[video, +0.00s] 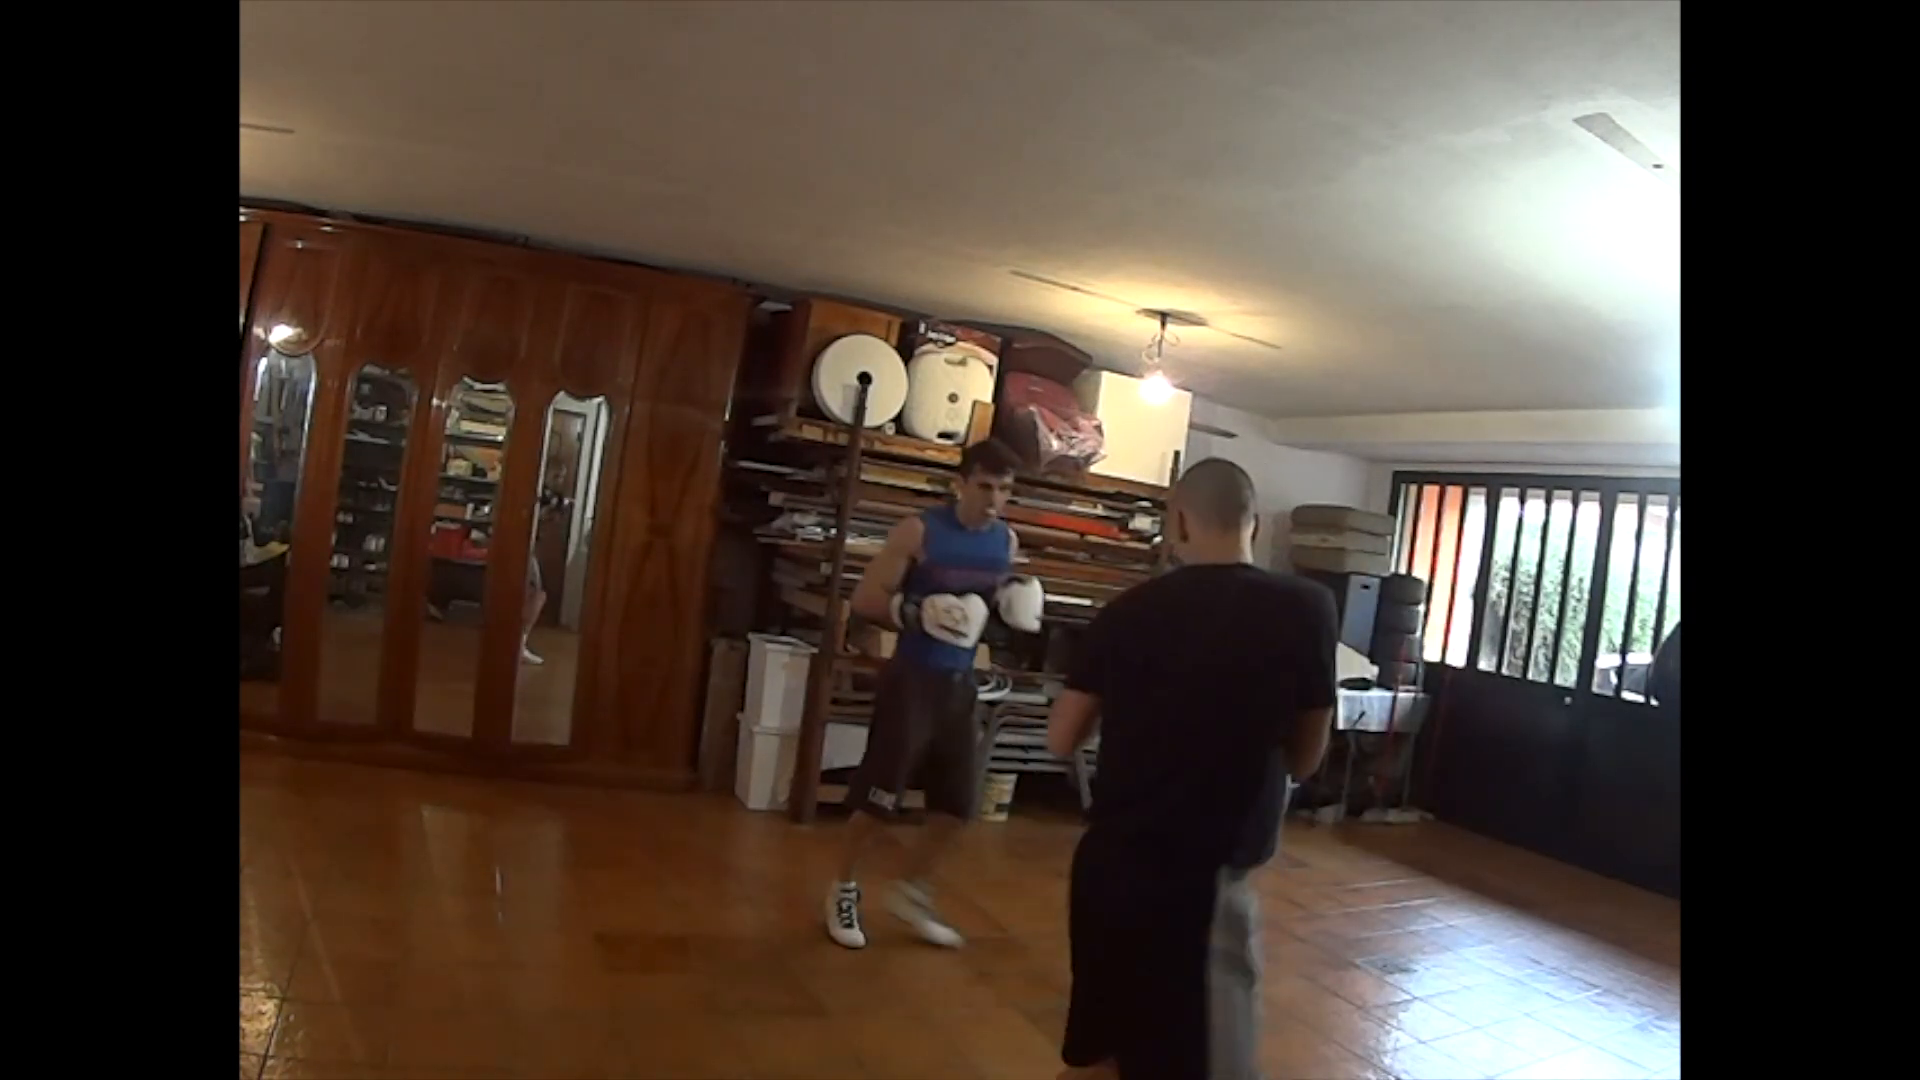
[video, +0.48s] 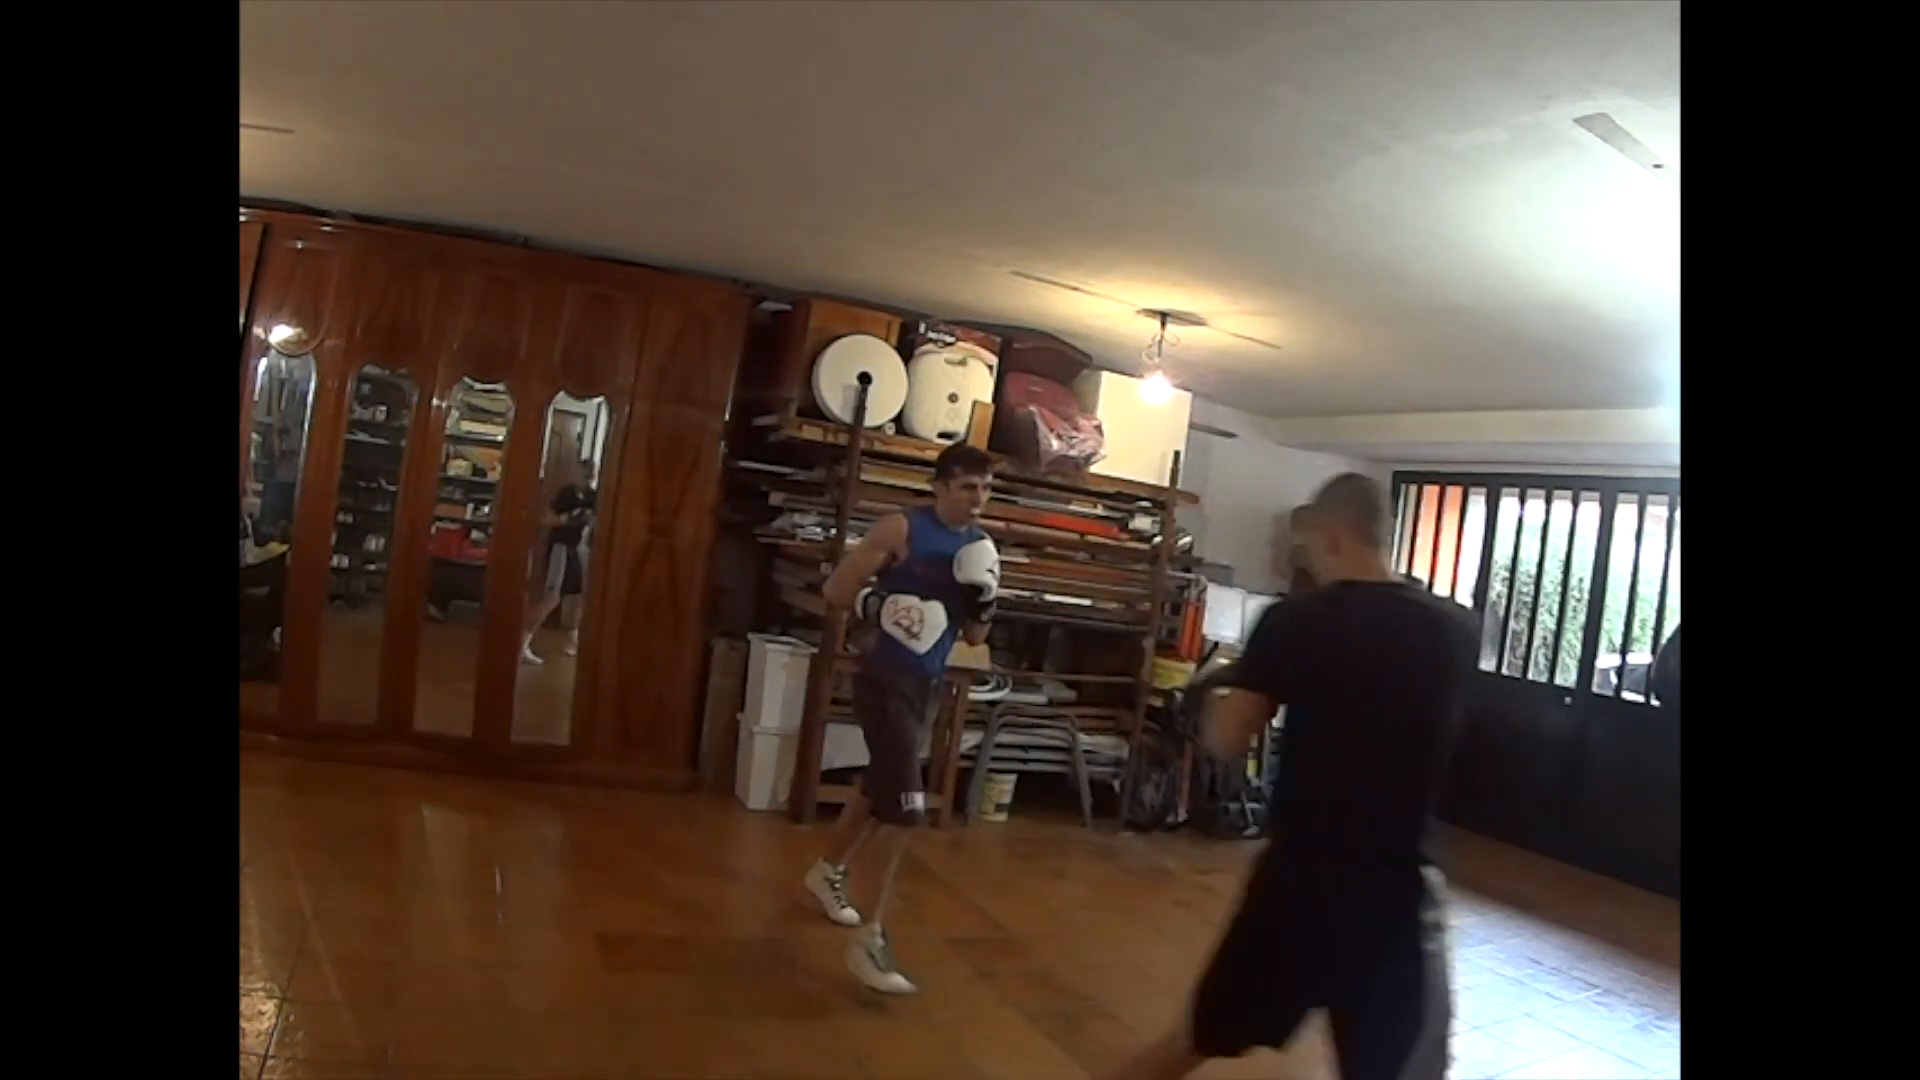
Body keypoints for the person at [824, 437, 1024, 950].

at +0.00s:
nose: (995, 498)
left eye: (1004, 489)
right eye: (986, 486)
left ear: (1010, 492)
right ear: (961, 483)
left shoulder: (1004, 539)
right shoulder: (919, 529)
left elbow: (995, 599)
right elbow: (865, 601)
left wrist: (1017, 601)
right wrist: (917, 613)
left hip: (961, 684)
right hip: (911, 678)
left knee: (957, 806)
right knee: (879, 797)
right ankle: (844, 889)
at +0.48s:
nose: (976, 498)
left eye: (983, 490)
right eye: (967, 487)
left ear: (986, 494)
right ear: (940, 486)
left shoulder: (975, 545)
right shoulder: (899, 529)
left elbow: (974, 635)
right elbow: (837, 592)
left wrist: (983, 598)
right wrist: (877, 604)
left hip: (926, 684)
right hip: (884, 676)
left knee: (877, 788)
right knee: (904, 813)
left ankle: (829, 871)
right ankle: (868, 940)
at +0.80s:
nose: (1005, 522)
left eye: (1014, 514)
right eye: (996, 509)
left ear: (1020, 521)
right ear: (969, 503)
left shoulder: (996, 567)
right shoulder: (923, 551)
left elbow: (1006, 657)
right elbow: (899, 646)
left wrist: (1035, 605)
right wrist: (939, 592)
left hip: (943, 712)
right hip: (903, 704)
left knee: (905, 817)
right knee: (919, 849)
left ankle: (834, 869)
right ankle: (899, 991)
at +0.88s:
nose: (1004, 523)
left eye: (1015, 516)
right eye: (998, 508)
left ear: (1019, 521)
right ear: (975, 498)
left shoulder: (1002, 562)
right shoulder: (928, 548)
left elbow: (1018, 648)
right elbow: (940, 631)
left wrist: (1049, 587)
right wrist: (971, 573)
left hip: (948, 709)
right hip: (912, 704)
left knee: (907, 824)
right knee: (928, 854)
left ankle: (835, 881)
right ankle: (901, 992)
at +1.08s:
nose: (1033, 518)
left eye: (1040, 510)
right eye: (1031, 505)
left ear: (1031, 508)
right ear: (1002, 489)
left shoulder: (997, 541)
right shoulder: (955, 537)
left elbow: (1039, 625)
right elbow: (1018, 621)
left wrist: (1070, 558)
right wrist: (1039, 553)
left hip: (971, 708)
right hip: (947, 708)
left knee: (938, 850)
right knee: (944, 862)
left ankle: (881, 946)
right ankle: (902, 993)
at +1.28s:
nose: (1049, 542)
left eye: (1057, 533)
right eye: (1050, 530)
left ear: (1038, 525)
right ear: (1024, 511)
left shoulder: (1007, 560)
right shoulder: (974, 547)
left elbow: (1039, 652)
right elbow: (1015, 642)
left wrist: (1076, 591)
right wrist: (1045, 572)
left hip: (981, 725)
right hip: (969, 726)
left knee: (962, 864)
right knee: (1028, 876)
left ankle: (901, 961)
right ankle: (936, 978)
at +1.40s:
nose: (1067, 534)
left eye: (1071, 526)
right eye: (1068, 524)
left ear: (1046, 517)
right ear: (1044, 513)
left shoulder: (1024, 557)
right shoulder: (990, 545)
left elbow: (1058, 653)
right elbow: (1035, 640)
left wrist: (1096, 588)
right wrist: (1062, 568)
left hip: (995, 723)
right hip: (988, 723)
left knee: (967, 856)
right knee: (1054, 876)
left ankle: (900, 964)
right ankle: (1010, 1016)